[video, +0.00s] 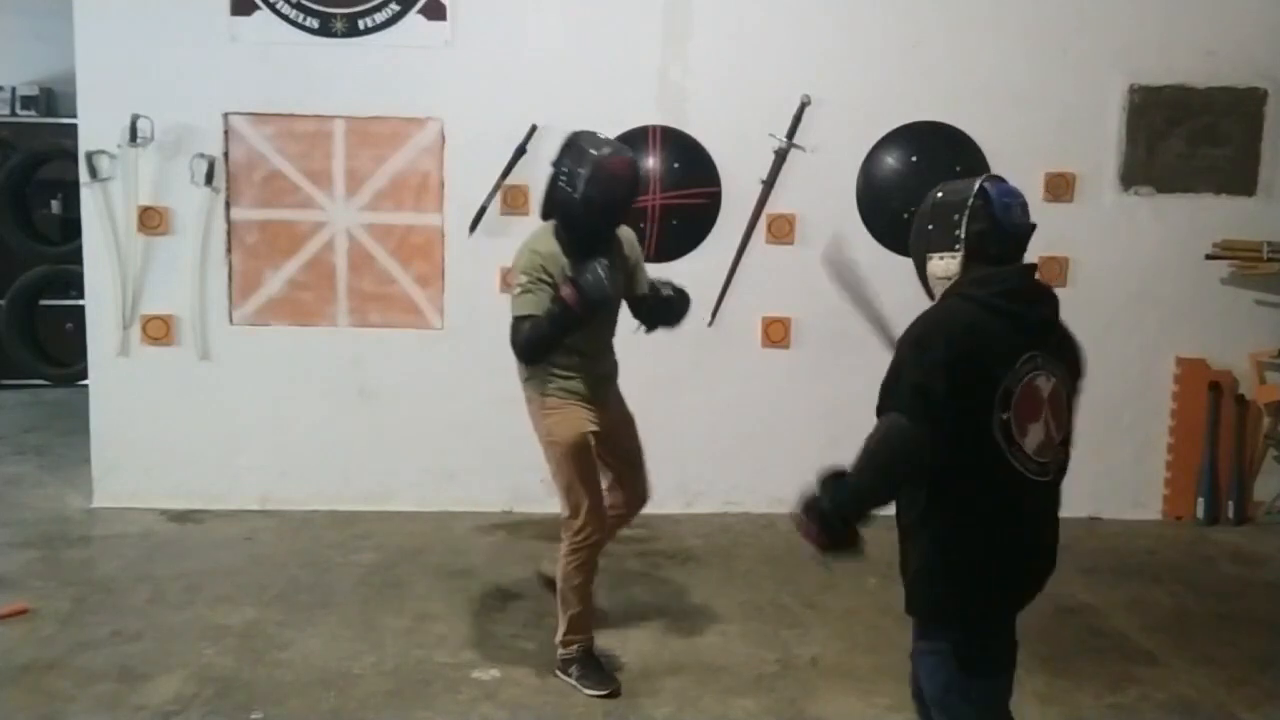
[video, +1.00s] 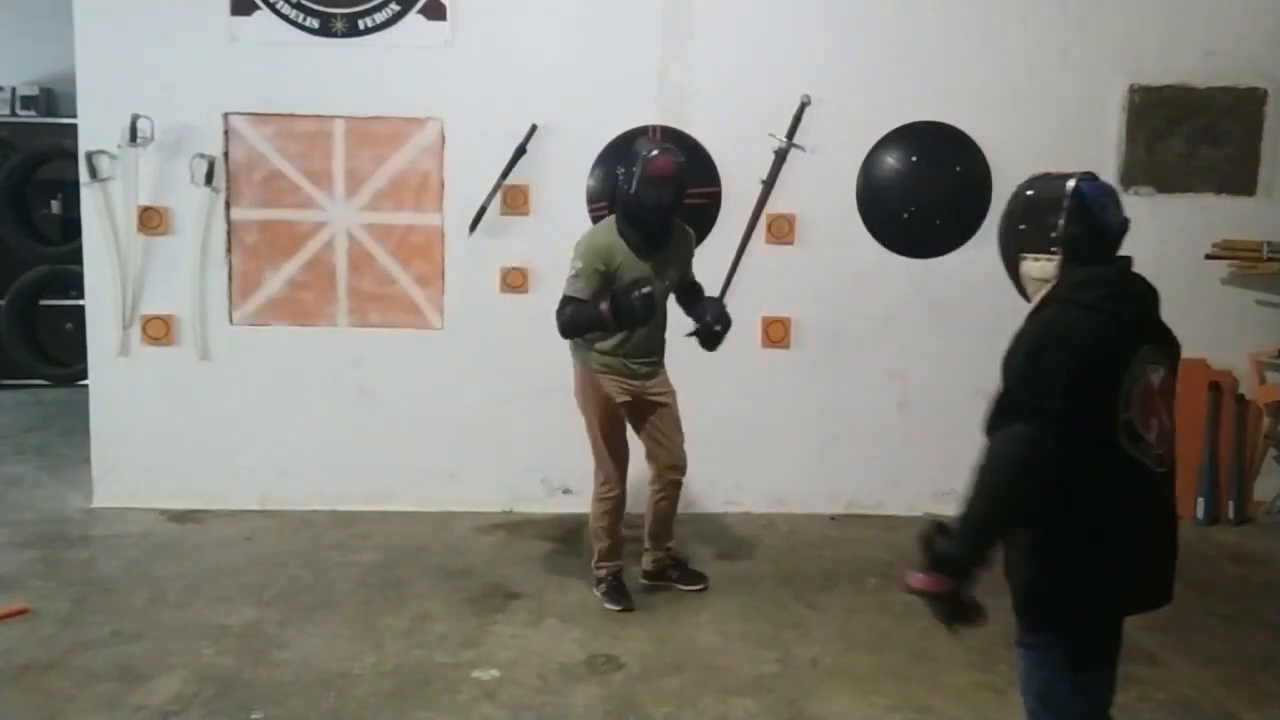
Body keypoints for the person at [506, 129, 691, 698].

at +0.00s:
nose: (616, 204)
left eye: (620, 194)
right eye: (605, 192)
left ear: (619, 198)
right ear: (574, 191)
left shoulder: (620, 242)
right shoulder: (540, 251)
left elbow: (645, 307)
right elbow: (526, 343)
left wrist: (668, 303)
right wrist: (574, 299)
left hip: (603, 389)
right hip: (555, 396)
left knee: (630, 492)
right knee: (585, 522)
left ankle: (566, 570)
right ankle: (572, 650)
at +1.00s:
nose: (663, 199)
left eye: (670, 189)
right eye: (654, 188)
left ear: (679, 194)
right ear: (632, 190)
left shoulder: (680, 238)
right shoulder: (599, 245)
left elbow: (685, 286)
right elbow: (567, 319)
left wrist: (707, 313)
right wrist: (618, 309)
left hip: (650, 372)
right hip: (600, 373)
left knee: (670, 466)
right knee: (612, 474)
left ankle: (659, 562)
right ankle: (608, 571)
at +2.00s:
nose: (719, 193)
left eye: (725, 183)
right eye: (710, 181)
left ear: (729, 188)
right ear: (685, 182)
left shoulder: (719, 239)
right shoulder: (648, 237)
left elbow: (716, 298)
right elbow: (614, 309)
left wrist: (735, 320)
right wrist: (658, 314)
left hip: (694, 371)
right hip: (644, 369)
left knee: (724, 465)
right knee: (632, 476)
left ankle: (741, 565)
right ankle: (608, 571)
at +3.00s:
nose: (830, 233)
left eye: (839, 223)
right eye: (821, 220)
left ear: (845, 226)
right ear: (793, 217)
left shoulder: (839, 279)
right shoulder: (760, 270)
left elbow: (836, 340)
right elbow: (716, 353)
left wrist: (852, 354)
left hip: (805, 405)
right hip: (751, 406)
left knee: (837, 501)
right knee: (786, 508)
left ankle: (780, 548)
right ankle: (772, 629)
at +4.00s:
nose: (851, 216)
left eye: (860, 205)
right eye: (841, 204)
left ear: (869, 209)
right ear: (816, 203)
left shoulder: (871, 257)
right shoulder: (788, 258)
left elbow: (875, 333)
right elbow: (754, 337)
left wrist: (882, 341)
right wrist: (768, 319)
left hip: (837, 383)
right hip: (789, 381)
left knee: (840, 481)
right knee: (809, 488)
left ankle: (807, 550)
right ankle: (783, 609)